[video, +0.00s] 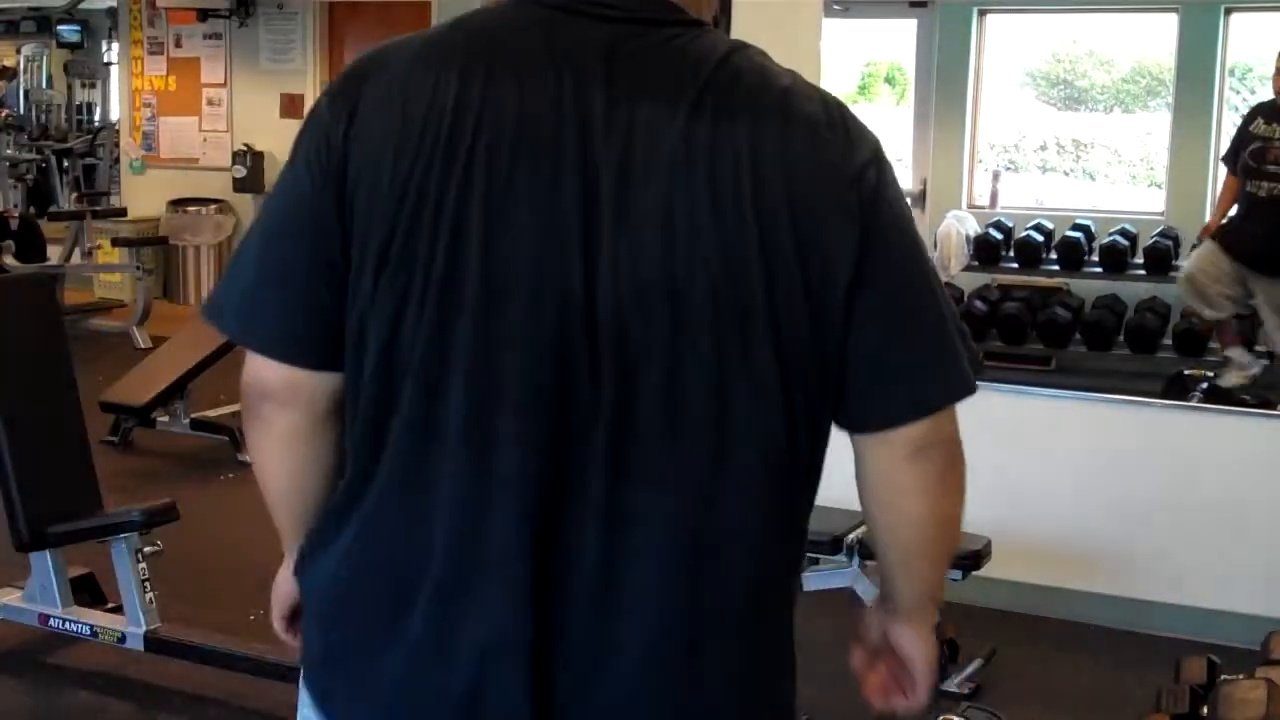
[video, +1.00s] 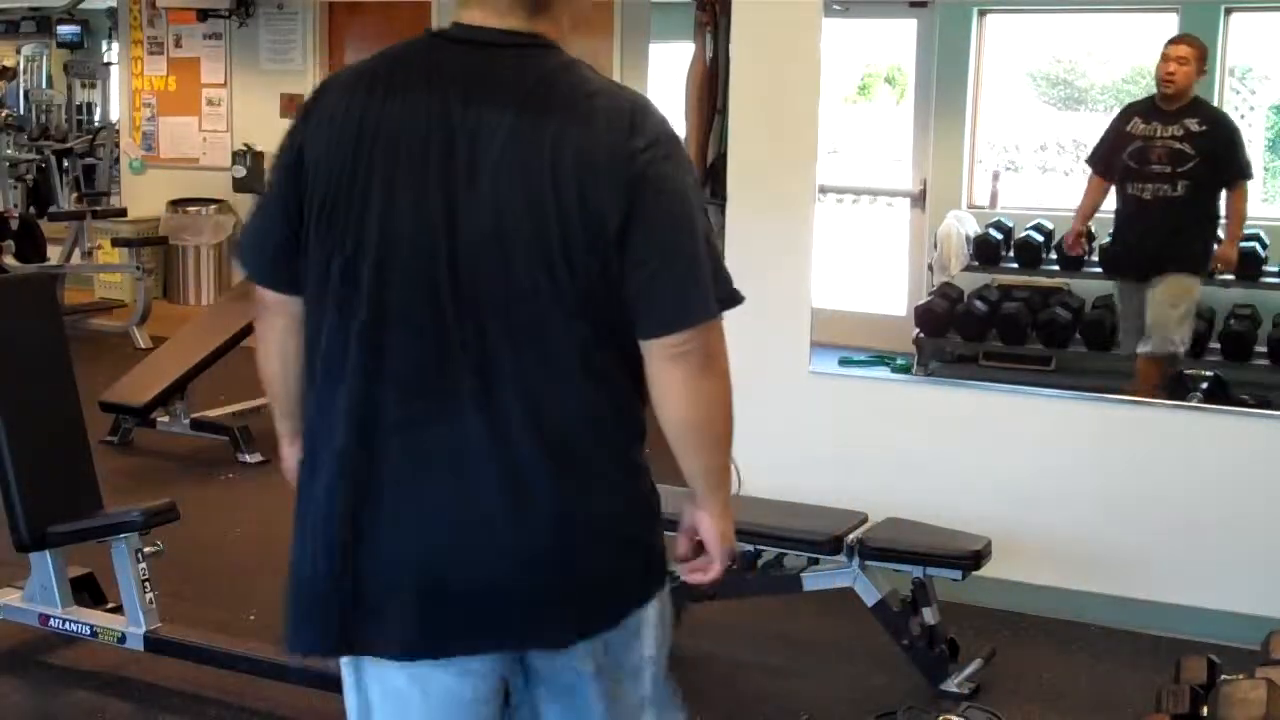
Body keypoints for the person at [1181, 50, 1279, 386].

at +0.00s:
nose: (1276, 79)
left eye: (1279, 73)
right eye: (1276, 73)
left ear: (1279, 79)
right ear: (1273, 77)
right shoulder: (1260, 114)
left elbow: (1235, 175)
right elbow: (1235, 174)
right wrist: (1216, 219)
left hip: (1277, 238)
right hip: (1247, 229)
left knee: (1274, 331)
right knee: (1198, 274)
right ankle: (1238, 359)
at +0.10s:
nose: (1272, 80)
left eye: (1277, 73)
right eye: (1269, 71)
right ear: (1264, 75)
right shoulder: (1253, 115)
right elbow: (1229, 173)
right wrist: (1209, 219)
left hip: (1273, 236)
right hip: (1242, 229)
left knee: (1274, 331)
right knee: (1187, 268)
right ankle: (1198, 361)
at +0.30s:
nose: (1250, 80)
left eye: (1260, 72)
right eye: (1246, 72)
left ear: (1279, 78)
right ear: (1241, 76)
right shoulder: (1228, 121)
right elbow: (1206, 186)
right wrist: (1191, 240)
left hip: (1269, 255)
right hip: (1216, 248)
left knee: (1274, 344)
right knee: (1171, 317)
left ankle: (1277, 408)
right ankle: (1148, 392)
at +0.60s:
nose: (1195, 71)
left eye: (1206, 65)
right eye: (1192, 63)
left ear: (1227, 75)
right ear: (1186, 68)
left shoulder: (1249, 125)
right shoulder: (1170, 117)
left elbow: (1269, 187)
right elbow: (1149, 178)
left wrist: (1272, 243)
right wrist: (1137, 226)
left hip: (1222, 250)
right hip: (1167, 246)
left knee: (1233, 336)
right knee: (1163, 341)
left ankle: (1258, 373)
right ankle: (1159, 417)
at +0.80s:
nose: (1174, 67)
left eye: (1186, 61)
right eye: (1172, 60)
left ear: (1206, 72)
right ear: (1166, 66)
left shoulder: (1227, 121)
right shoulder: (1145, 114)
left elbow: (1251, 184)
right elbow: (1117, 175)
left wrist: (1251, 240)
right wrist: (1089, 222)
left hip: (1200, 243)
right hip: (1147, 243)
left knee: (1195, 301)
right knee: (1155, 344)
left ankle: (1196, 366)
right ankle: (1158, 422)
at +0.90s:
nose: (1170, 67)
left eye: (1182, 62)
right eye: (1167, 59)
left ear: (1202, 73)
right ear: (1160, 64)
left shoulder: (1221, 122)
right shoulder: (1137, 115)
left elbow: (1242, 184)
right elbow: (1107, 173)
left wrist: (1240, 240)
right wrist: (1082, 218)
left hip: (1192, 243)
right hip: (1140, 241)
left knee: (1180, 306)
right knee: (1148, 329)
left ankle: (1173, 384)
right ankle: (1155, 395)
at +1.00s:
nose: (1169, 67)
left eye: (1181, 62)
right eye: (1165, 59)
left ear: (1199, 73)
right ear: (1157, 65)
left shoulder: (1216, 124)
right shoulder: (1131, 115)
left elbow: (1237, 186)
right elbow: (1102, 174)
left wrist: (1231, 243)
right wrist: (1079, 224)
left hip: (1183, 251)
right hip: (1129, 247)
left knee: (1155, 350)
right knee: (1142, 349)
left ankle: (1134, 437)